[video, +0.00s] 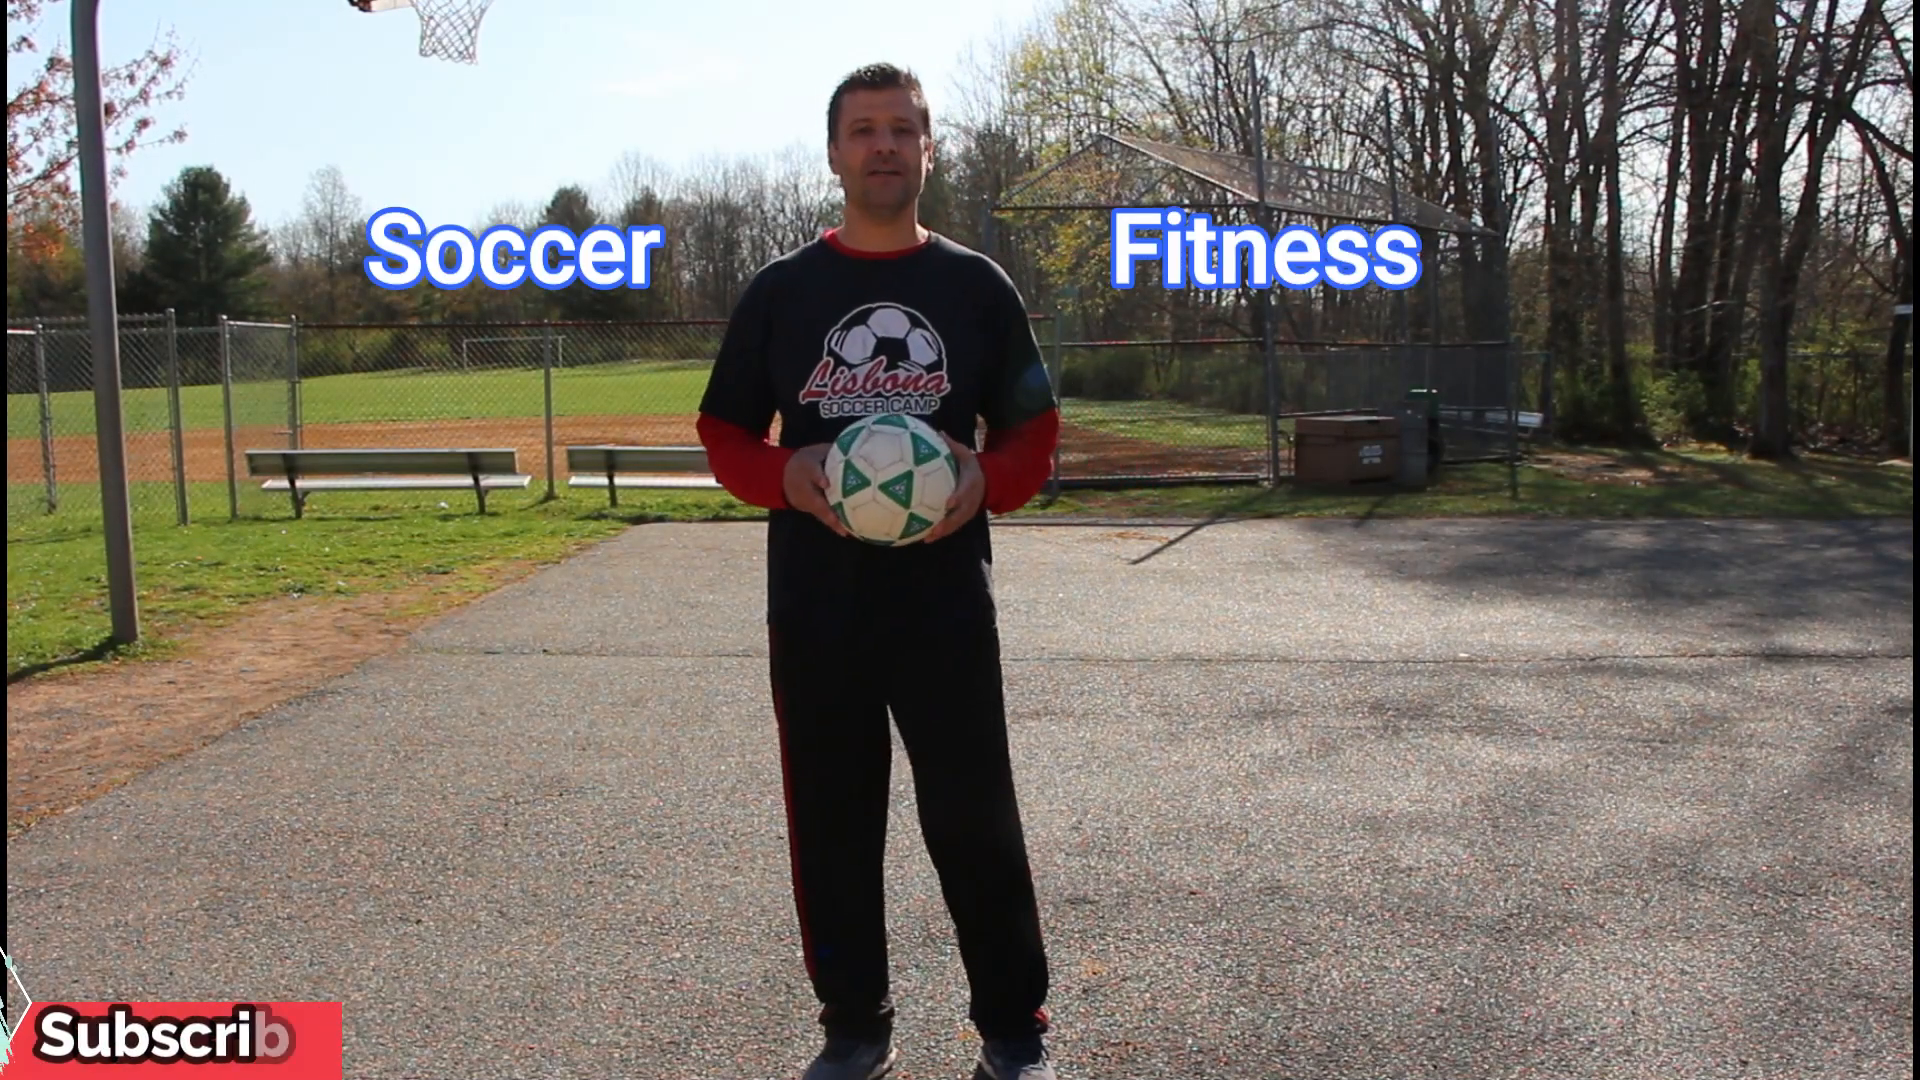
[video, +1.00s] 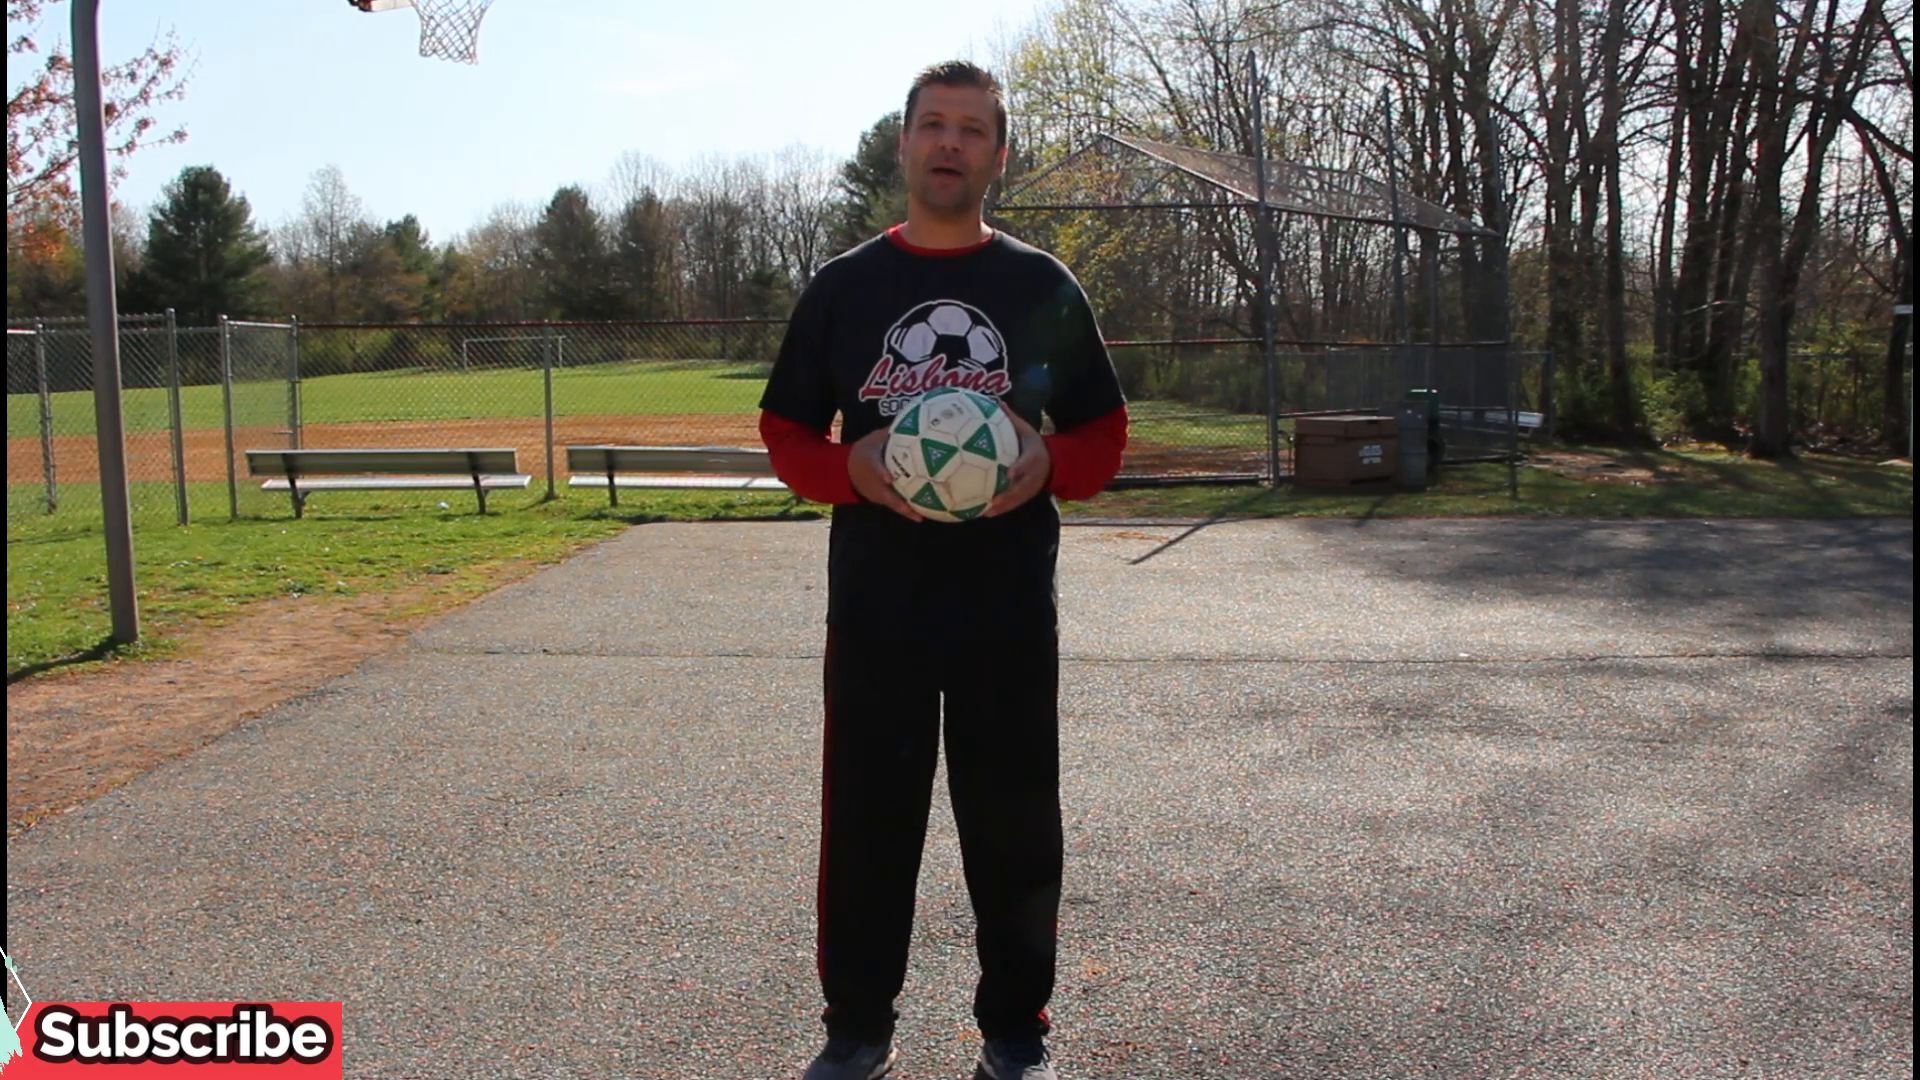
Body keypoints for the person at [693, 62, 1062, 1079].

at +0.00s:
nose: (887, 146)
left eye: (904, 129)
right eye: (865, 132)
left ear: (929, 148)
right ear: (833, 154)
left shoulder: (978, 285)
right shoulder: (779, 291)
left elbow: (1035, 427)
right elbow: (721, 431)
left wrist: (986, 479)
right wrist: (781, 477)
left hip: (943, 596)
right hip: (818, 600)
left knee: (975, 817)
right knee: (830, 820)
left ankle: (1013, 1029)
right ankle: (852, 1026)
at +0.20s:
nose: (893, 143)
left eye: (915, 129)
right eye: (874, 127)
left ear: (941, 152)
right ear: (844, 148)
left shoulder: (988, 283)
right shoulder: (785, 290)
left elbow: (1043, 423)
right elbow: (732, 435)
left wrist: (995, 477)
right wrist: (793, 480)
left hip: (953, 595)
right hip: (827, 598)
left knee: (981, 816)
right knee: (836, 820)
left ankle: (1014, 1029)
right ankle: (853, 1026)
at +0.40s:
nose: (901, 137)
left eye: (926, 126)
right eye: (887, 119)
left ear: (957, 155)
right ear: (861, 139)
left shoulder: (998, 279)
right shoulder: (796, 285)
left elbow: (1060, 430)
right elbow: (736, 419)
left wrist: (1019, 422)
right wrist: (768, 450)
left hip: (965, 594)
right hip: (837, 597)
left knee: (988, 817)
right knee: (842, 820)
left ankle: (1014, 1032)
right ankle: (854, 1027)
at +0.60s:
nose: (919, 139)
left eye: (943, 128)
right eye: (905, 121)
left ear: (971, 157)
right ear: (876, 139)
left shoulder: (1010, 283)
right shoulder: (811, 284)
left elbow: (1070, 427)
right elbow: (755, 418)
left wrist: (1040, 451)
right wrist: (773, 476)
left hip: (981, 598)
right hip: (851, 596)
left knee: (998, 817)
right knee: (850, 819)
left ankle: (1015, 1029)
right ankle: (853, 1028)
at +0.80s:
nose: (935, 143)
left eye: (959, 131)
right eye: (919, 124)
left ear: (986, 160)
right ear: (889, 142)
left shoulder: (1025, 285)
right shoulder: (824, 286)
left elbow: (1079, 429)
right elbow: (774, 422)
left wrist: (1028, 454)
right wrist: (817, 478)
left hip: (991, 599)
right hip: (862, 599)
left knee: (1007, 817)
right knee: (858, 818)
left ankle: (1014, 1028)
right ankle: (854, 1027)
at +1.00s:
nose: (949, 144)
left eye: (972, 131)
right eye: (932, 126)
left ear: (999, 156)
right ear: (902, 144)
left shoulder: (1044, 286)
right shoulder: (839, 287)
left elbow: (1105, 427)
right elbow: (783, 426)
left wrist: (1051, 462)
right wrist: (844, 470)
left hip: (1007, 592)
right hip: (877, 592)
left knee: (1014, 813)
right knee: (867, 812)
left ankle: (1017, 1030)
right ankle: (856, 1028)